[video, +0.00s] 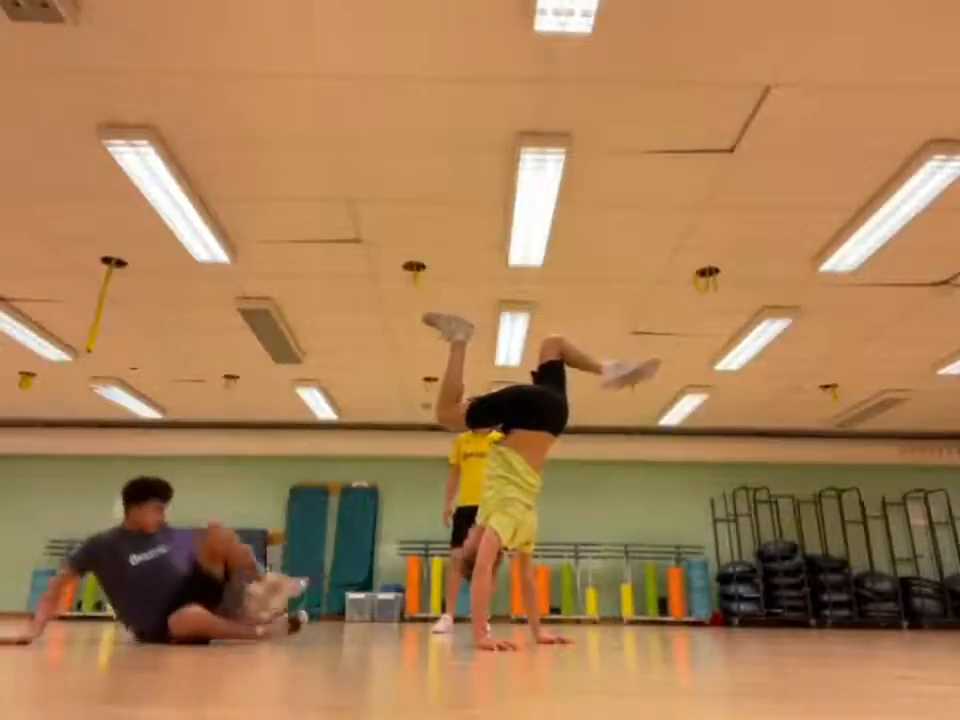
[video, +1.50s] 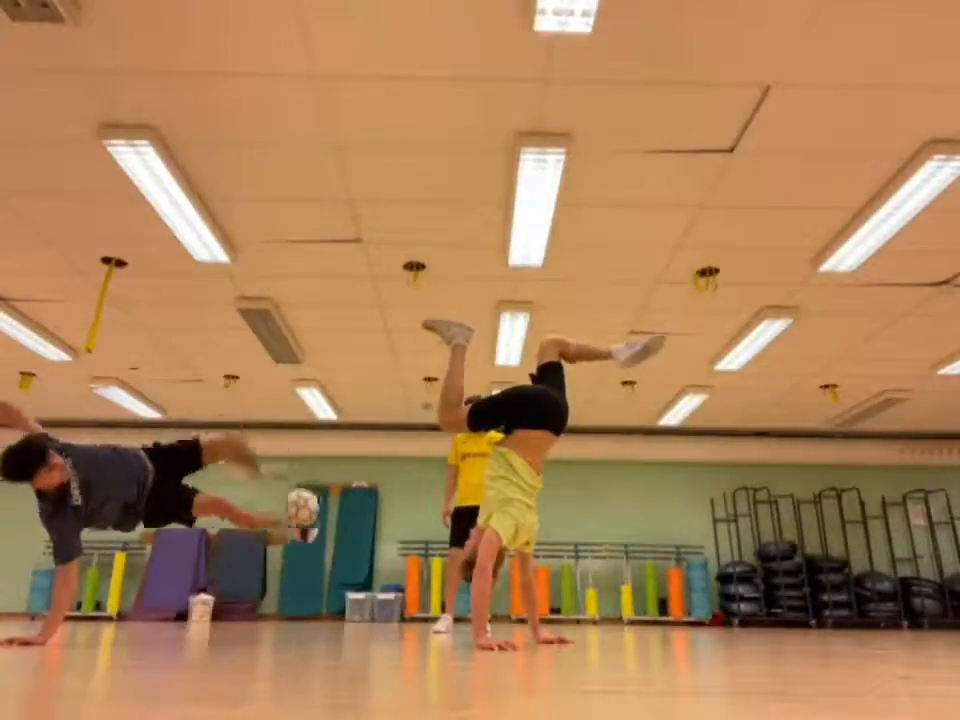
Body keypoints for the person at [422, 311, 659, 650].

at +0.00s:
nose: (480, 558)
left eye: (466, 554)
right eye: (473, 557)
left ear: (467, 545)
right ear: (472, 543)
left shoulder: (523, 536)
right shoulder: (493, 527)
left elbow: (528, 583)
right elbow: (481, 575)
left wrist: (537, 631)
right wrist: (481, 635)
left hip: (552, 413)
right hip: (530, 410)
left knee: (552, 345)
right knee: (449, 414)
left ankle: (607, 370)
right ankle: (458, 341)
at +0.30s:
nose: (484, 561)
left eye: (471, 556)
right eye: (481, 561)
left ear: (471, 545)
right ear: (474, 542)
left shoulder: (525, 535)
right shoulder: (494, 528)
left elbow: (527, 583)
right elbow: (482, 574)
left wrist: (537, 631)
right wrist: (481, 635)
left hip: (553, 414)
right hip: (532, 408)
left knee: (555, 344)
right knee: (452, 416)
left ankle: (611, 370)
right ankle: (459, 342)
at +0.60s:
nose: (484, 567)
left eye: (484, 569)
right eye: (483, 567)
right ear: (477, 542)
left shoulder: (525, 535)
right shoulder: (495, 527)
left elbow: (527, 583)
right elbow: (481, 574)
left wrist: (536, 632)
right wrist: (481, 636)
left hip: (554, 415)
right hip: (533, 408)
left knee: (558, 344)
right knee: (452, 417)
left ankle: (613, 371)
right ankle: (461, 340)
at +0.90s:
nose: (482, 572)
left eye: (484, 574)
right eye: (481, 573)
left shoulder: (523, 537)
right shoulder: (493, 528)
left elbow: (526, 584)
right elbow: (481, 577)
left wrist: (536, 631)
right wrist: (480, 636)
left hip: (553, 415)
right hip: (530, 408)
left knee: (560, 344)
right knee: (451, 416)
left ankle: (614, 377)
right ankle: (462, 338)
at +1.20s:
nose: (484, 568)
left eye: (485, 571)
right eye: (484, 568)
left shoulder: (524, 536)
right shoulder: (493, 528)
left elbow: (527, 583)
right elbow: (481, 577)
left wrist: (537, 631)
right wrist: (480, 636)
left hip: (553, 415)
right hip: (529, 408)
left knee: (556, 345)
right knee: (450, 417)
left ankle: (617, 369)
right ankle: (458, 342)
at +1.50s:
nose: (485, 566)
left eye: (476, 567)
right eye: (478, 564)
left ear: (473, 550)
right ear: (475, 548)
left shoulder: (524, 536)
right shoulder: (495, 528)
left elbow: (527, 583)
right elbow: (482, 576)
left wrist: (537, 632)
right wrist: (481, 636)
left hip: (554, 414)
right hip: (530, 408)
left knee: (551, 345)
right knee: (450, 418)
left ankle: (619, 352)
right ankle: (458, 345)